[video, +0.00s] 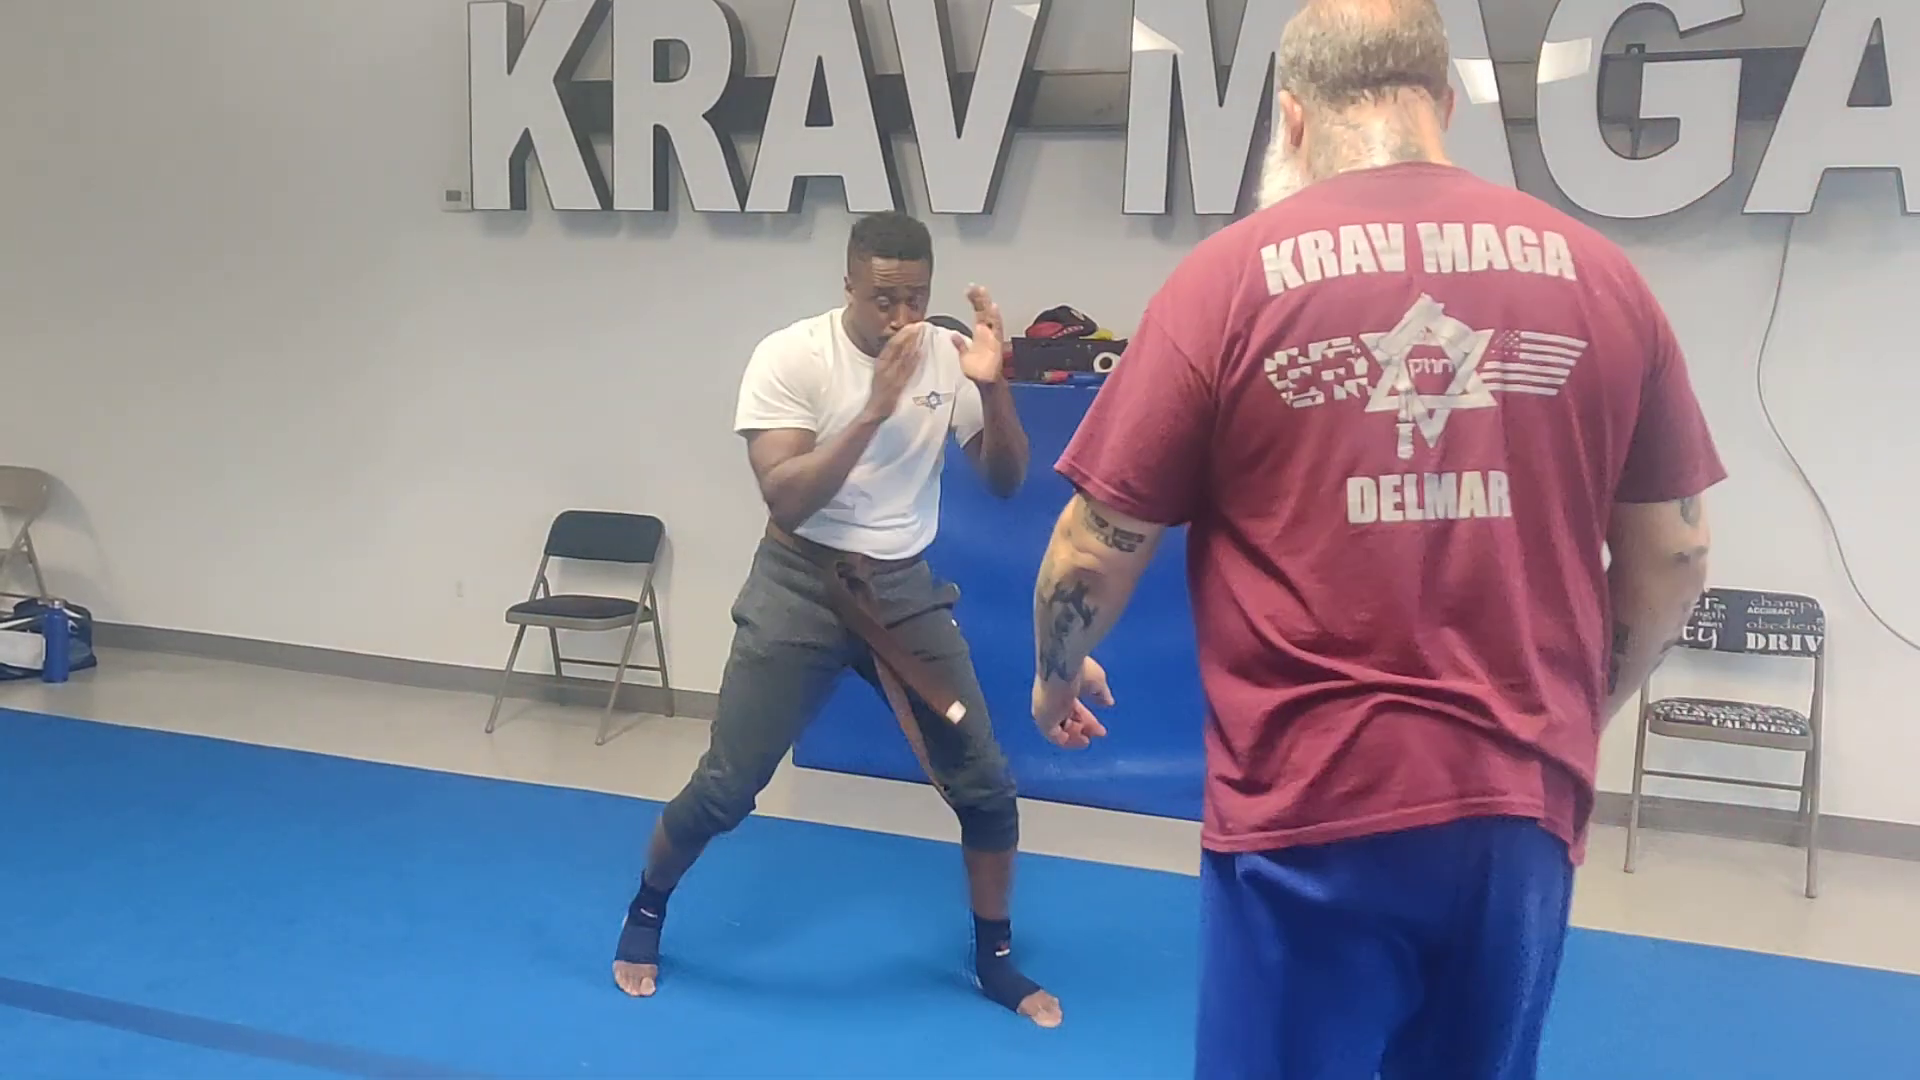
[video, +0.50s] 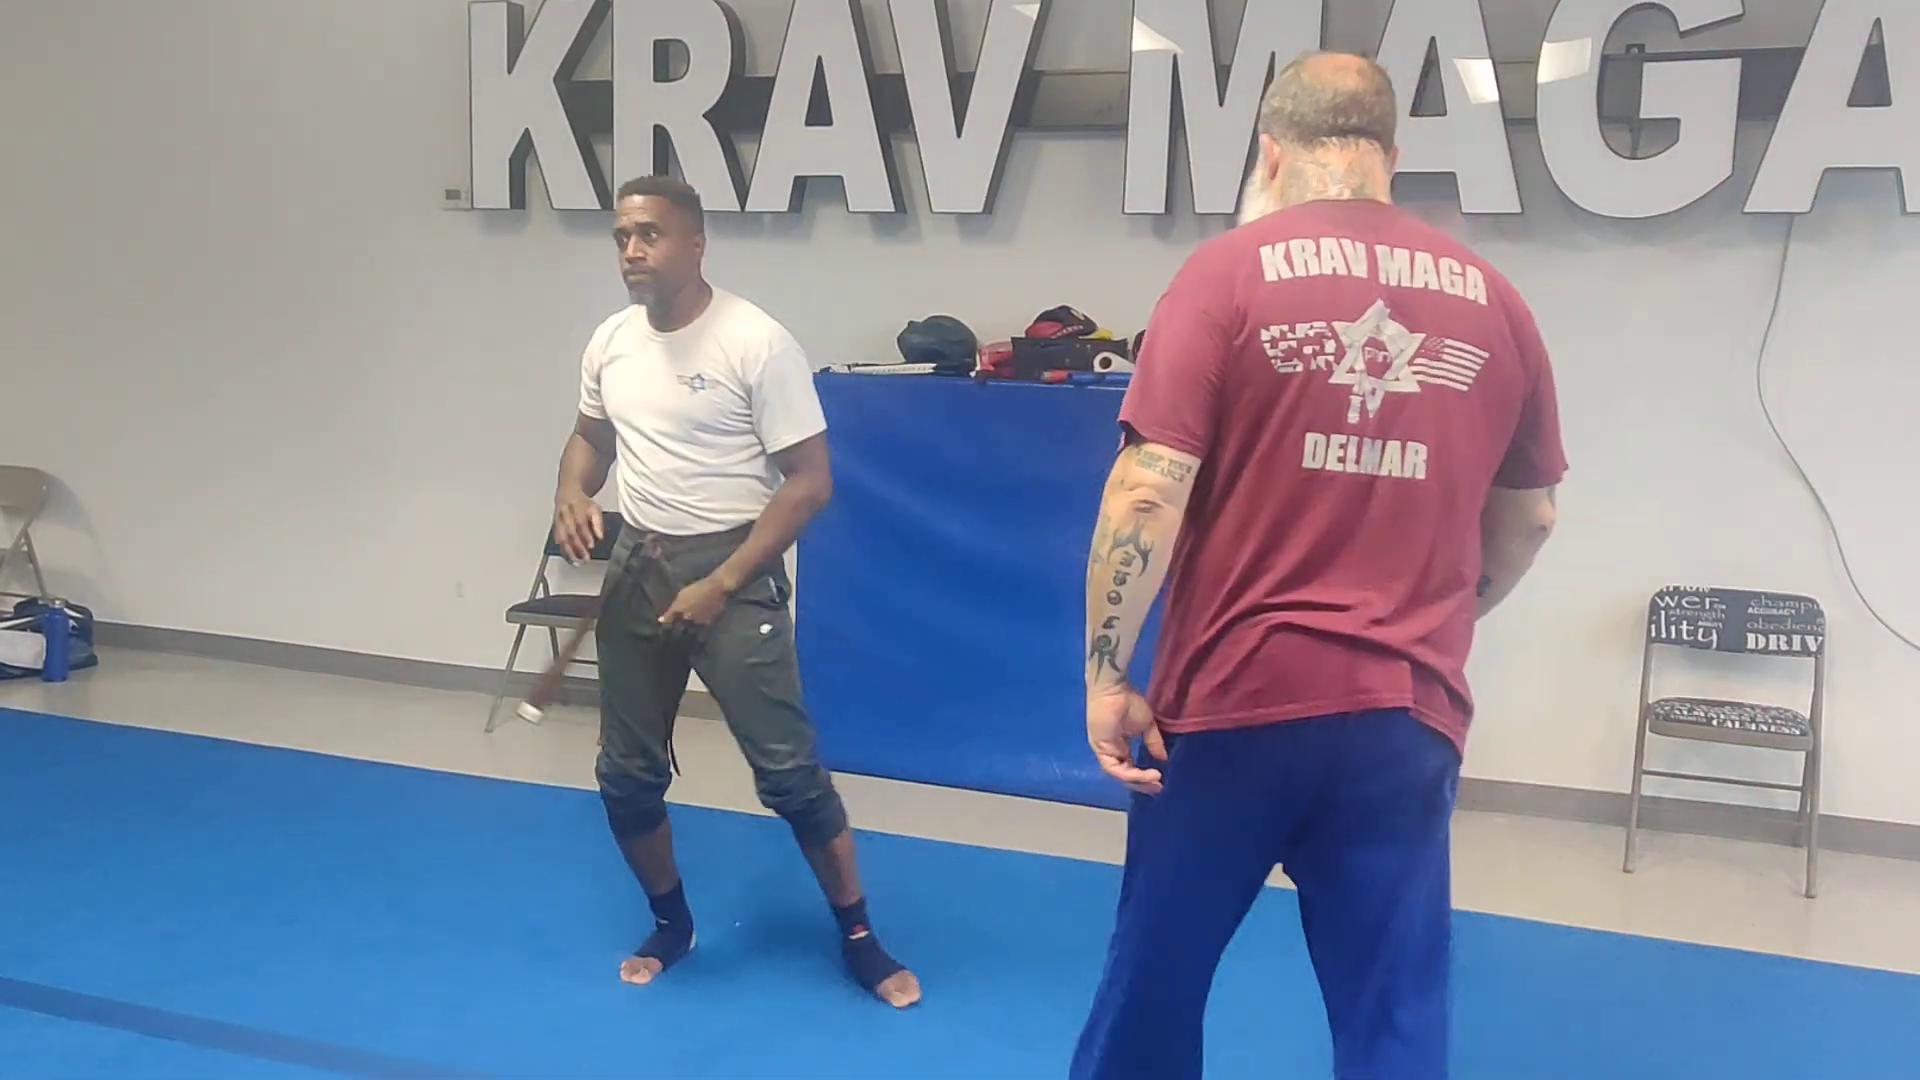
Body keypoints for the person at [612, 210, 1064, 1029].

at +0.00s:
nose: (902, 316)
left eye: (915, 299)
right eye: (885, 299)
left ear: (929, 290)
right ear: (847, 284)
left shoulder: (947, 353)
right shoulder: (787, 359)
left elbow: (1005, 479)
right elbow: (787, 502)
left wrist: (997, 389)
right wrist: (873, 411)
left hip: (905, 587)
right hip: (799, 580)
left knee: (986, 786)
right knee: (726, 788)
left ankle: (995, 958)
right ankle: (646, 911)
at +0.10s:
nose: (851, 308)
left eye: (866, 291)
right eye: (834, 291)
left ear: (889, 282)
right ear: (808, 279)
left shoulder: (927, 353)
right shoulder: (754, 354)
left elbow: (983, 482)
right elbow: (727, 496)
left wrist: (935, 396)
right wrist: (799, 420)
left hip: (885, 586)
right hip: (774, 578)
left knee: (966, 777)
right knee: (708, 785)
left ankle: (994, 960)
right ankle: (673, 916)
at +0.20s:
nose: (788, 300)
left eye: (805, 283)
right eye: (774, 283)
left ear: (837, 277)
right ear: (756, 278)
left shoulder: (886, 362)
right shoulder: (710, 358)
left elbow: (930, 495)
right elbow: (665, 494)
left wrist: (863, 443)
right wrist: (731, 446)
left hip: (851, 587)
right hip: (740, 582)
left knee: (936, 779)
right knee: (684, 786)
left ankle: (990, 957)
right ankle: (681, 927)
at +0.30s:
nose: (723, 289)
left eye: (741, 273)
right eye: (710, 273)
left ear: (779, 274)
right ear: (696, 278)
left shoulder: (835, 364)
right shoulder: (665, 359)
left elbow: (879, 499)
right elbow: (611, 484)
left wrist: (786, 530)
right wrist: (658, 472)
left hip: (804, 597)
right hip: (691, 592)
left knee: (890, 779)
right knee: (648, 789)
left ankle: (973, 949)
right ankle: (675, 925)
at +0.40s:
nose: (669, 272)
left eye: (686, 255)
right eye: (658, 258)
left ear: (730, 260)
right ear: (649, 268)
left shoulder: (793, 359)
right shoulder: (636, 353)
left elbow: (841, 495)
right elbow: (588, 459)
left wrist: (754, 589)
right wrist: (607, 488)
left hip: (765, 585)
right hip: (658, 582)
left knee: (847, 785)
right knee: (632, 789)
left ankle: (926, 942)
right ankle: (673, 927)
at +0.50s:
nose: (630, 251)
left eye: (648, 235)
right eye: (621, 237)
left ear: (695, 243)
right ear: (616, 250)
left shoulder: (758, 343)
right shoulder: (613, 340)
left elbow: (811, 481)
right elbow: (589, 438)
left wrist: (724, 580)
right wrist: (571, 490)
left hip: (736, 574)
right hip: (637, 570)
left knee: (793, 779)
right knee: (626, 778)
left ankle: (859, 937)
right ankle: (671, 922)